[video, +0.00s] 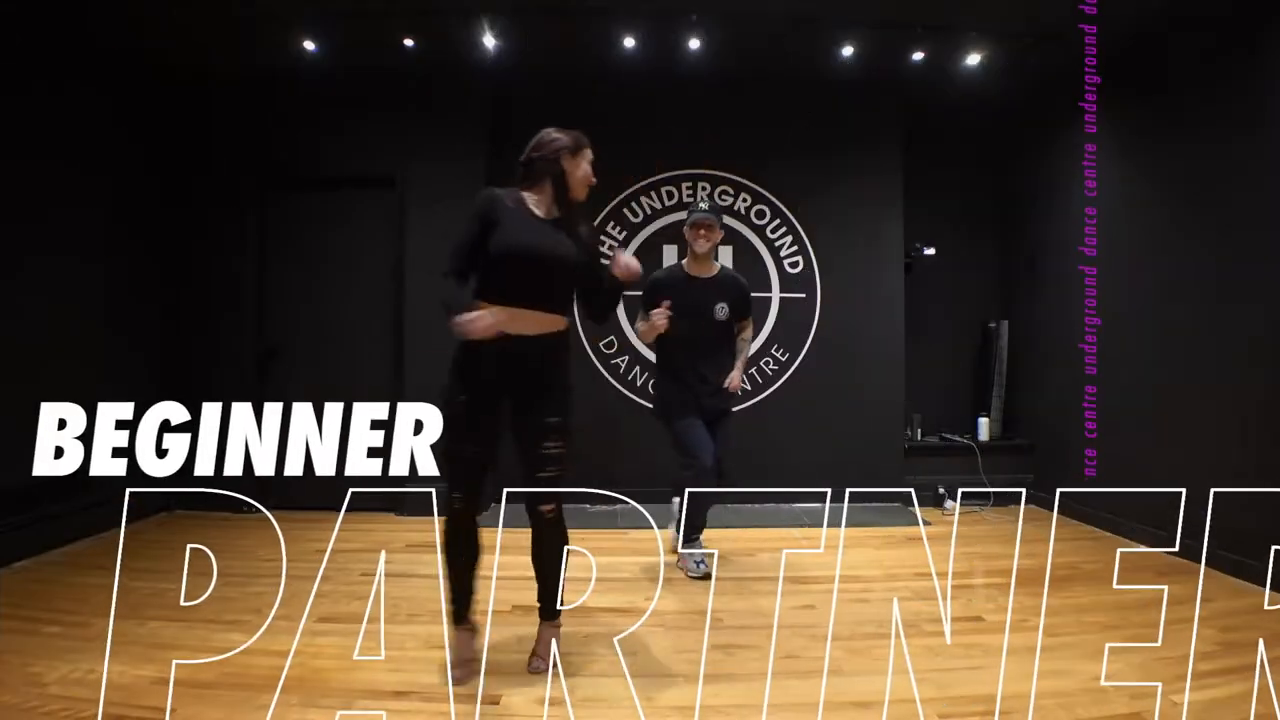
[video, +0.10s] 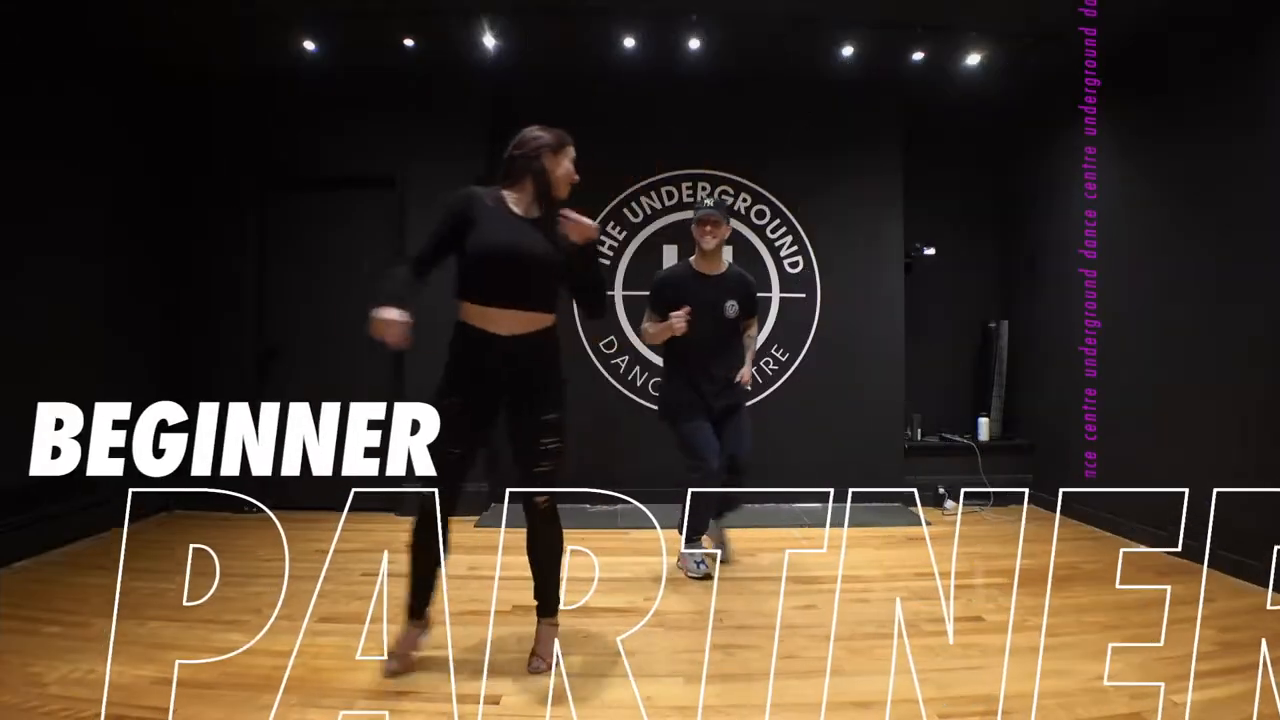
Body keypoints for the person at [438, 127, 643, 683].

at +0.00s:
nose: (592, 174)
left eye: (592, 164)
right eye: (586, 162)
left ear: (570, 168)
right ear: (558, 162)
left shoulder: (577, 231)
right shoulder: (495, 206)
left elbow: (596, 313)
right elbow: (455, 274)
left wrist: (621, 281)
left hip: (545, 364)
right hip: (483, 360)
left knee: (546, 499)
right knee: (462, 499)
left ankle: (548, 625)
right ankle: (462, 628)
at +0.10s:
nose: (575, 173)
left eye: (575, 164)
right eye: (568, 162)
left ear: (552, 167)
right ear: (537, 161)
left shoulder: (564, 226)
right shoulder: (474, 206)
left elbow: (594, 309)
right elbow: (421, 263)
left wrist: (584, 250)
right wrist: (395, 302)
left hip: (537, 365)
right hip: (471, 360)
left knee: (540, 495)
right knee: (436, 492)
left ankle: (546, 624)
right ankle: (415, 621)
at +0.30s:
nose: (522, 176)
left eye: (522, 167)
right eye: (513, 165)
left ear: (503, 173)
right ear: (480, 165)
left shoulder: (507, 234)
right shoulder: (419, 211)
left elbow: (532, 311)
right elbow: (357, 230)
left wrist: (501, 243)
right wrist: (337, 265)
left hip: (483, 366)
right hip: (416, 365)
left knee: (506, 496)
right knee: (373, 493)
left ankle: (544, 620)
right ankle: (394, 617)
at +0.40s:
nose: (483, 169)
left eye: (490, 162)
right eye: (472, 160)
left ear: (494, 176)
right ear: (443, 167)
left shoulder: (488, 236)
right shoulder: (409, 215)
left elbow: (489, 297)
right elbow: (365, 235)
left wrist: (442, 251)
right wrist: (344, 255)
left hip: (457, 365)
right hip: (395, 363)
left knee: (459, 497)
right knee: (359, 493)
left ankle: (512, 605)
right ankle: (391, 615)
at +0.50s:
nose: (394, 177)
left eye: (404, 166)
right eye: (393, 169)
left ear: (438, 170)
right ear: (409, 178)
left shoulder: (464, 242)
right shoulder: (403, 235)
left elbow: (438, 322)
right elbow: (384, 293)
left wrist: (361, 320)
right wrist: (346, 264)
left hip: (417, 377)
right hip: (377, 370)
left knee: (364, 494)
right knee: (359, 494)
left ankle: (393, 608)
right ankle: (397, 600)